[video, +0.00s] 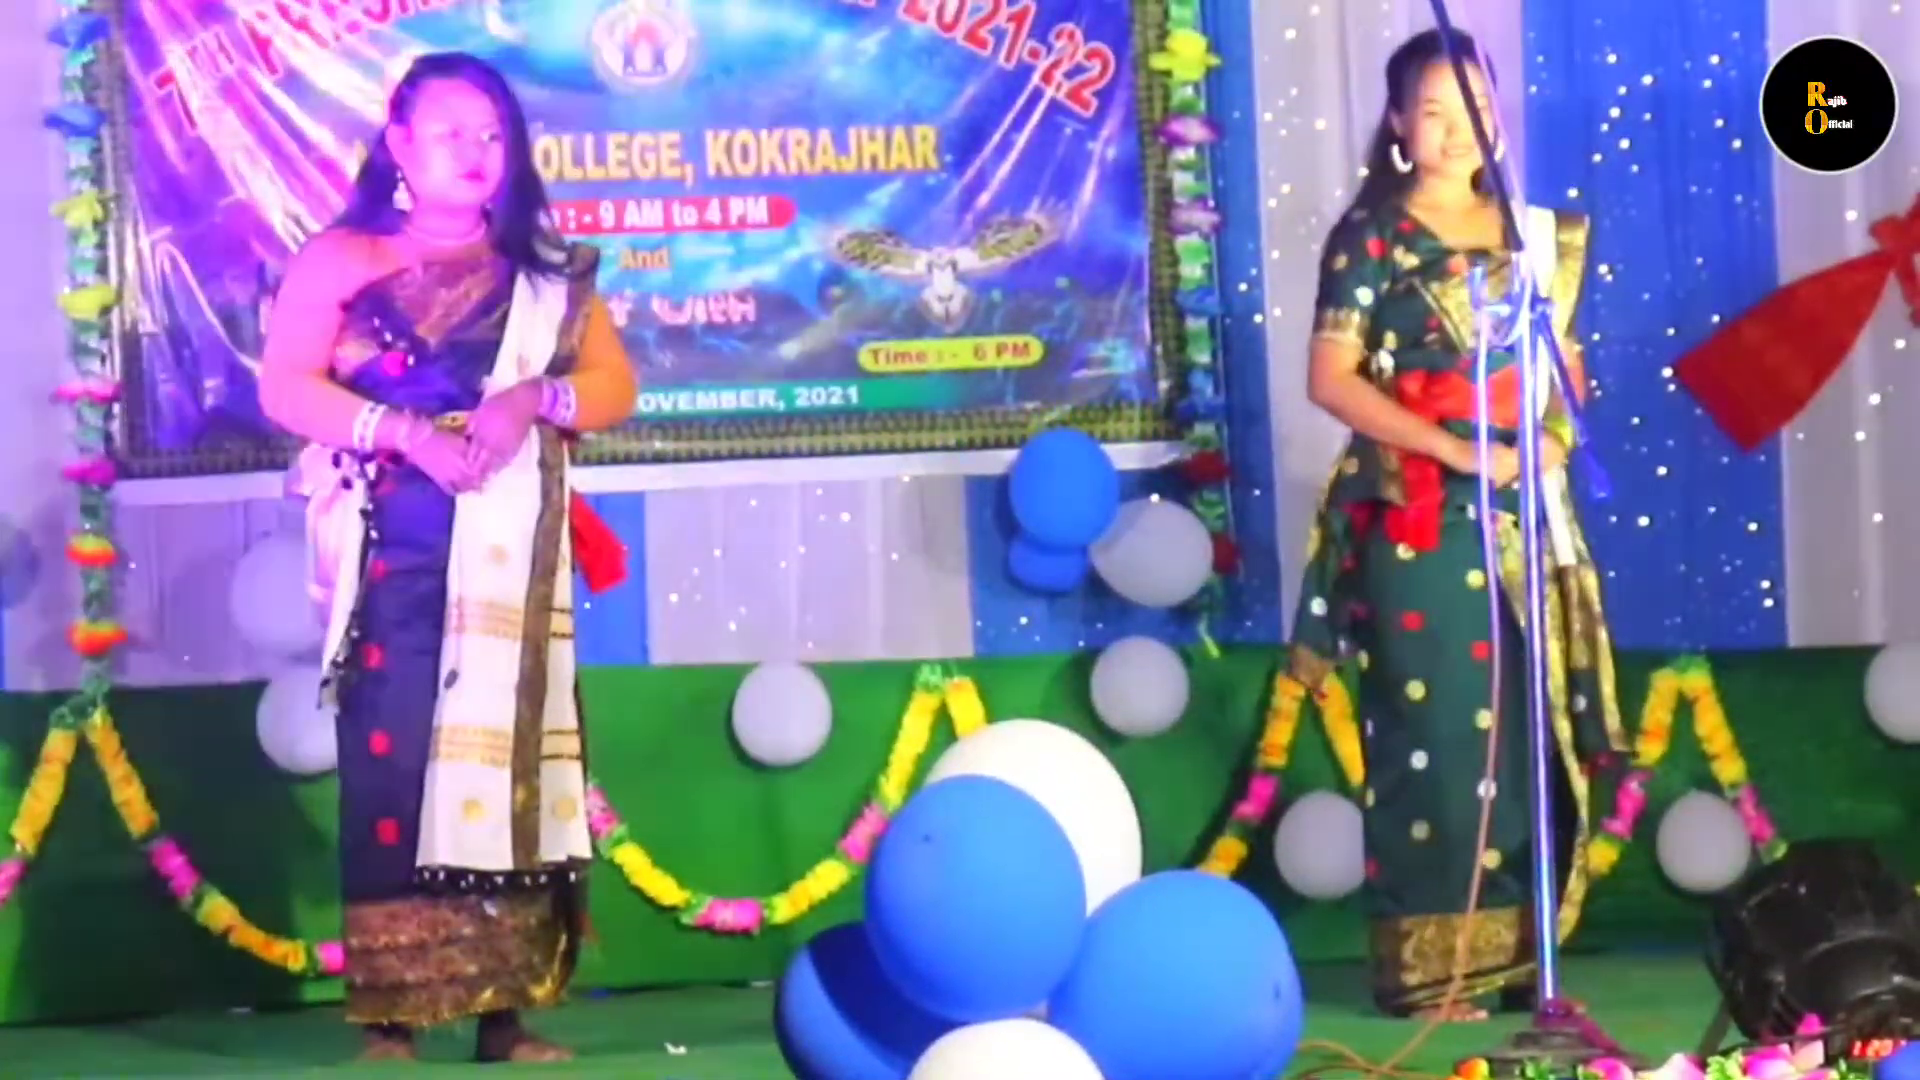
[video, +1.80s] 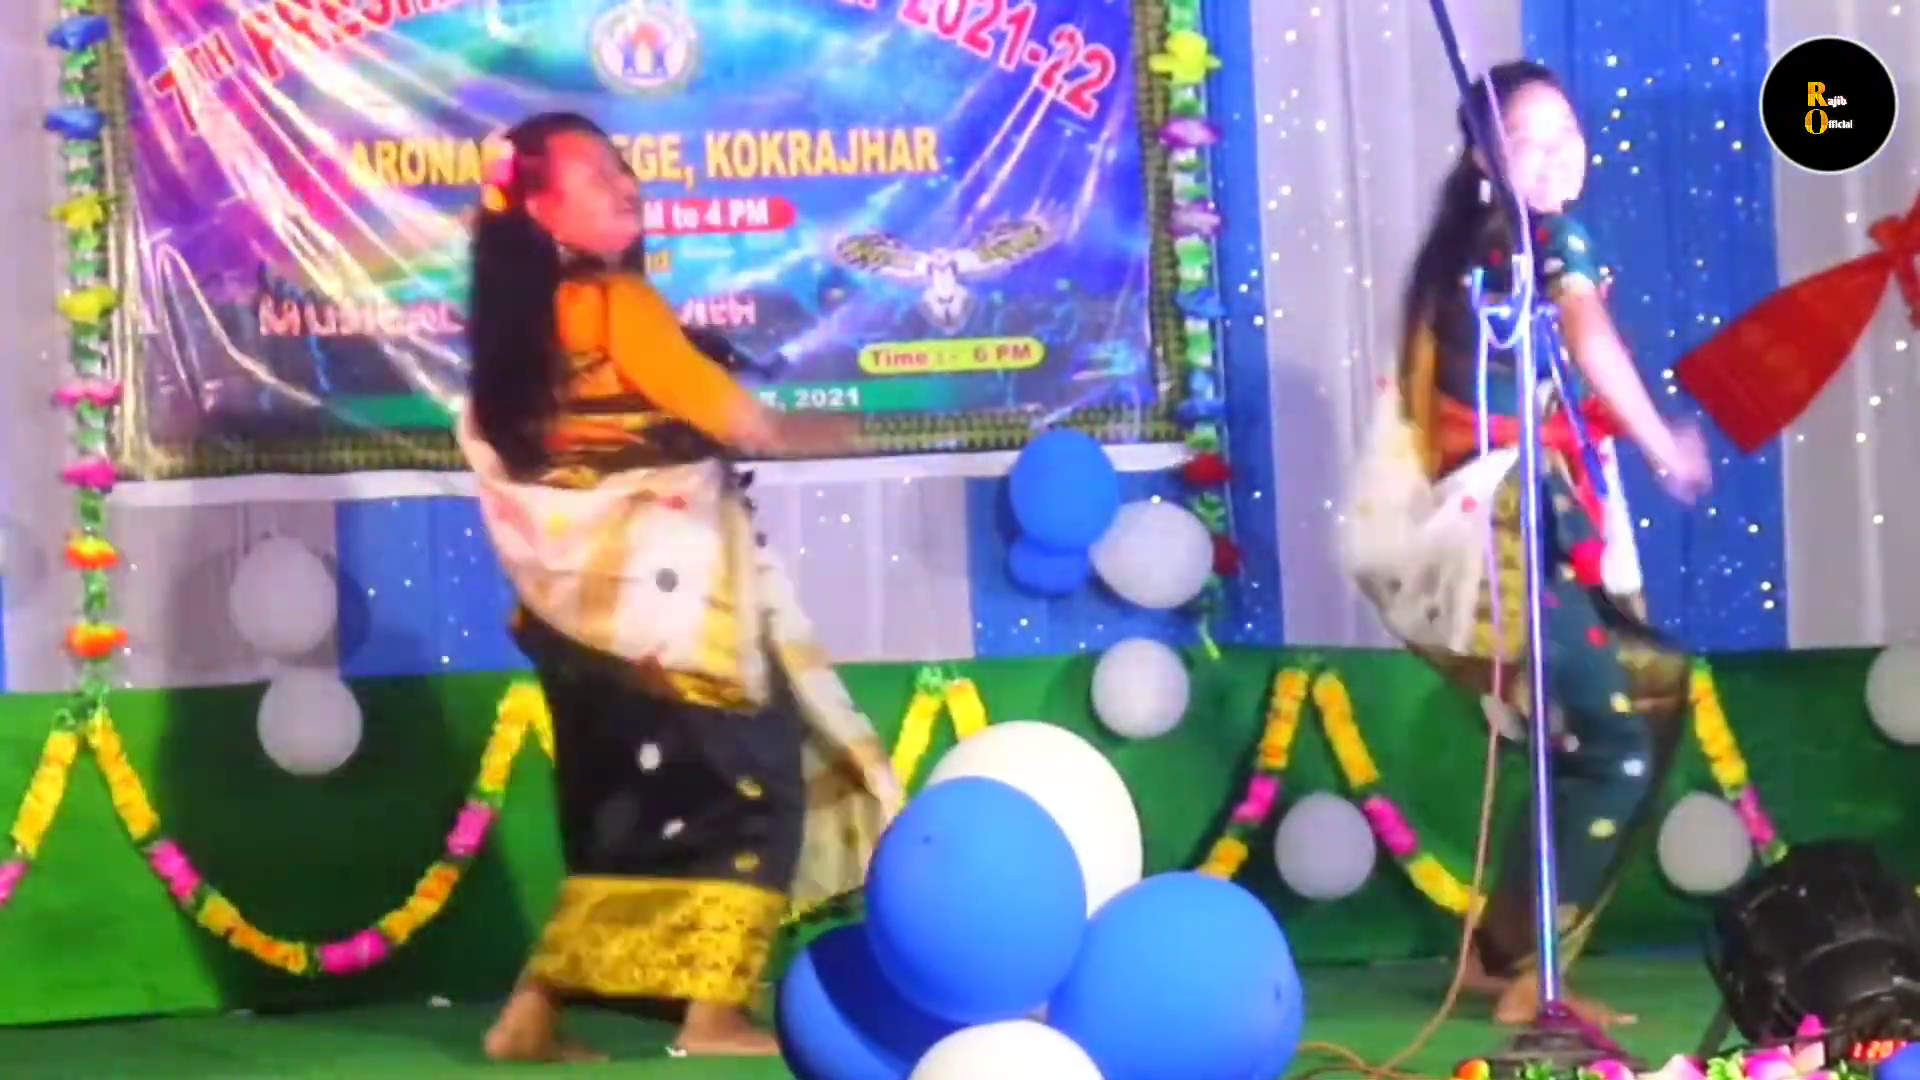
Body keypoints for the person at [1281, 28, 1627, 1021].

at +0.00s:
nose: (1446, 130)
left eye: (1463, 113)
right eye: (1428, 113)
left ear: (1489, 121)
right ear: (1399, 124)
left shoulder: (1527, 230)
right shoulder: (1369, 234)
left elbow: (1562, 366)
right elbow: (1330, 380)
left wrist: (1556, 398)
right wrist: (1452, 447)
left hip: (1523, 512)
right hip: (1419, 518)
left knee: (1532, 726)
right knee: (1436, 729)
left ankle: (1521, 961)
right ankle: (1428, 966)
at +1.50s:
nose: (1503, 139)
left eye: (1510, 119)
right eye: (1478, 125)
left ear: (1530, 129)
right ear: (1441, 145)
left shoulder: (1525, 248)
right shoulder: (1448, 244)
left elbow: (1536, 390)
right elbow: (1441, 391)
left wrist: (1609, 446)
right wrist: (1549, 435)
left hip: (1513, 529)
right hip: (1460, 531)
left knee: (1563, 727)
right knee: (1554, 727)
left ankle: (1451, 907)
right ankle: (1477, 929)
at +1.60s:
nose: (1524, 113)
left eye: (1529, 93)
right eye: (1502, 101)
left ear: (1541, 99)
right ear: (1459, 122)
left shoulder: (1535, 210)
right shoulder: (1457, 207)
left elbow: (1626, 332)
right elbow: (1491, 330)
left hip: (1544, 505)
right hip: (1480, 508)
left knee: (1536, 712)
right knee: (1571, 699)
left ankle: (1496, 944)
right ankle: (1487, 930)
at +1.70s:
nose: (1539, 129)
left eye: (1543, 109)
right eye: (1516, 114)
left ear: (1551, 113)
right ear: (1469, 130)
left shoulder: (1522, 226)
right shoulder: (1462, 228)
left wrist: (1596, 296)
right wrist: (1593, 306)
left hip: (1549, 531)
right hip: (1495, 542)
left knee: (1567, 739)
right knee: (1564, 740)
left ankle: (1513, 959)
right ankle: (1502, 964)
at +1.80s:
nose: (1570, 156)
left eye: (1570, 137)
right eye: (1548, 142)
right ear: (1501, 155)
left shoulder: (1453, 255)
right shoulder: (1541, 240)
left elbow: (1423, 419)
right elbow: (1592, 348)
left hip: (1453, 563)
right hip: (1505, 564)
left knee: (1579, 739)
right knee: (1616, 752)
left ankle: (1500, 943)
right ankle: (1531, 983)